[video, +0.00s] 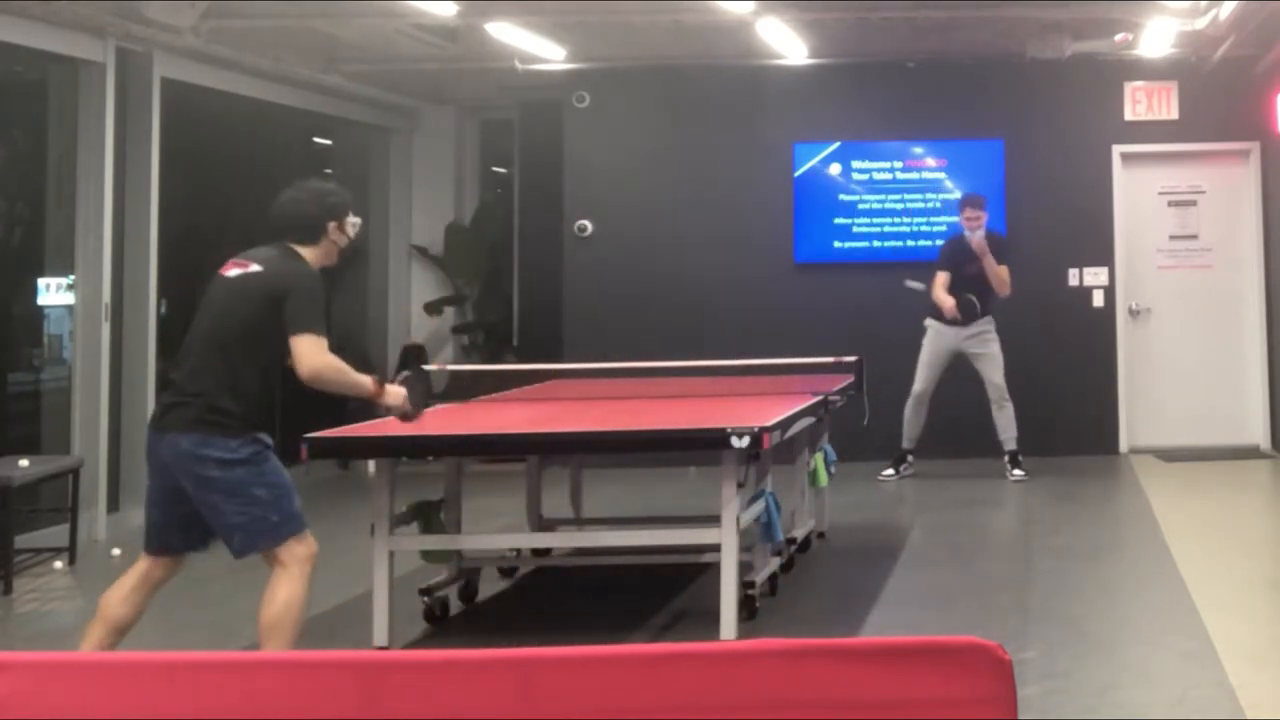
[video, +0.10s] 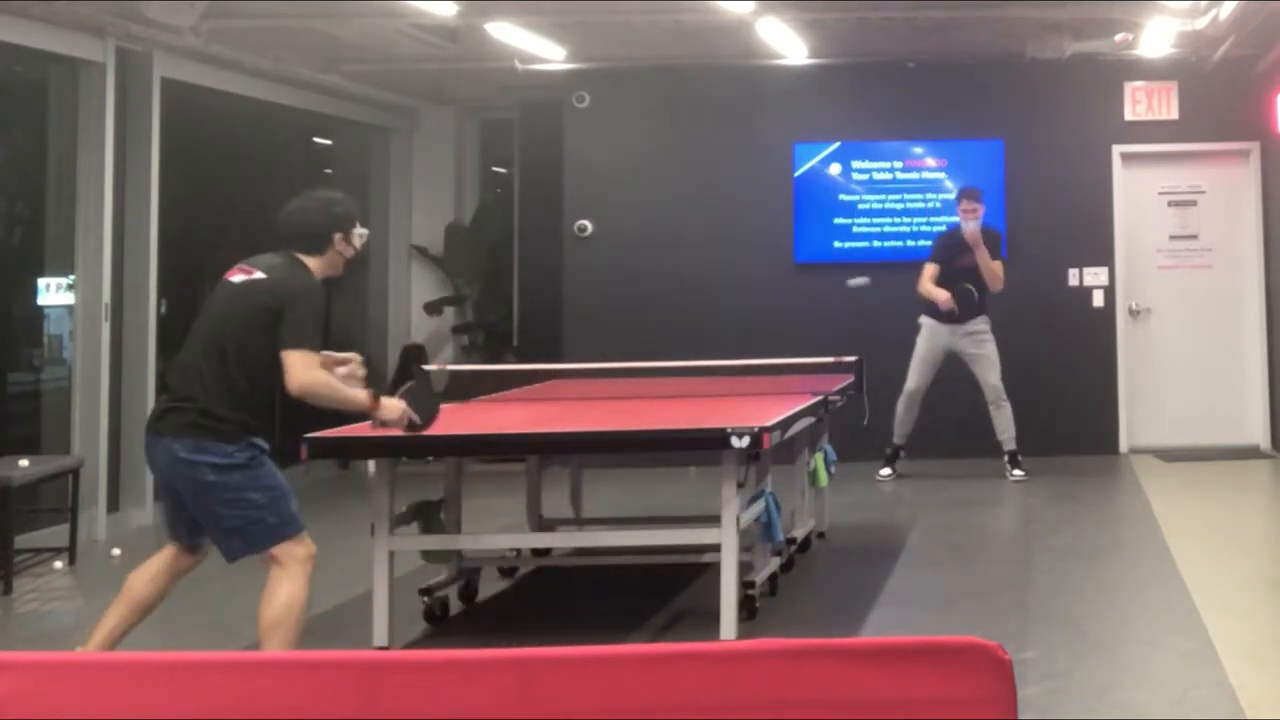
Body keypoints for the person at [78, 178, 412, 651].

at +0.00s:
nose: (347, 238)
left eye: (349, 226)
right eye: (345, 226)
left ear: (291, 224)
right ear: (322, 227)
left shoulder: (243, 263)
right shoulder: (297, 274)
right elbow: (313, 365)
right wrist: (378, 390)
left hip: (169, 434)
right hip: (221, 439)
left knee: (158, 560)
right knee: (295, 553)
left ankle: (79, 669)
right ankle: (271, 689)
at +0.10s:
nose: (354, 250)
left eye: (356, 239)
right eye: (352, 238)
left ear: (297, 233)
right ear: (332, 239)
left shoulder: (253, 269)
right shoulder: (298, 283)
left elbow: (252, 356)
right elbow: (302, 379)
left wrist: (321, 364)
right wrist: (373, 404)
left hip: (168, 437)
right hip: (218, 444)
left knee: (184, 548)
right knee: (294, 555)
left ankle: (89, 654)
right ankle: (273, 689)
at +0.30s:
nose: (363, 273)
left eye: (364, 264)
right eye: (362, 263)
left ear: (306, 256)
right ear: (341, 266)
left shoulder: (267, 292)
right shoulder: (287, 312)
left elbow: (296, 354)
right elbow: (258, 406)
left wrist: (368, 353)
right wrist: (326, 454)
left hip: (172, 452)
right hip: (211, 459)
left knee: (186, 562)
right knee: (300, 561)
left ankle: (92, 662)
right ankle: (272, 690)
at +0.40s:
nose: (369, 286)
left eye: (371, 276)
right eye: (368, 276)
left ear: (315, 267)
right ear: (345, 276)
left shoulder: (274, 297)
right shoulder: (290, 319)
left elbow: (303, 331)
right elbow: (245, 410)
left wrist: (360, 331)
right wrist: (295, 461)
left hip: (188, 457)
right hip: (218, 463)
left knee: (217, 551)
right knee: (308, 564)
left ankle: (119, 643)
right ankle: (273, 686)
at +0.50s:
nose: (357, 289)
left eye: (360, 278)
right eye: (357, 277)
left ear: (314, 265)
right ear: (335, 269)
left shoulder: (263, 299)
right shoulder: (293, 315)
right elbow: (265, 396)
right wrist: (319, 421)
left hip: (194, 465)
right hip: (235, 470)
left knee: (221, 545)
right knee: (317, 571)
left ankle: (177, 656)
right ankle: (276, 684)